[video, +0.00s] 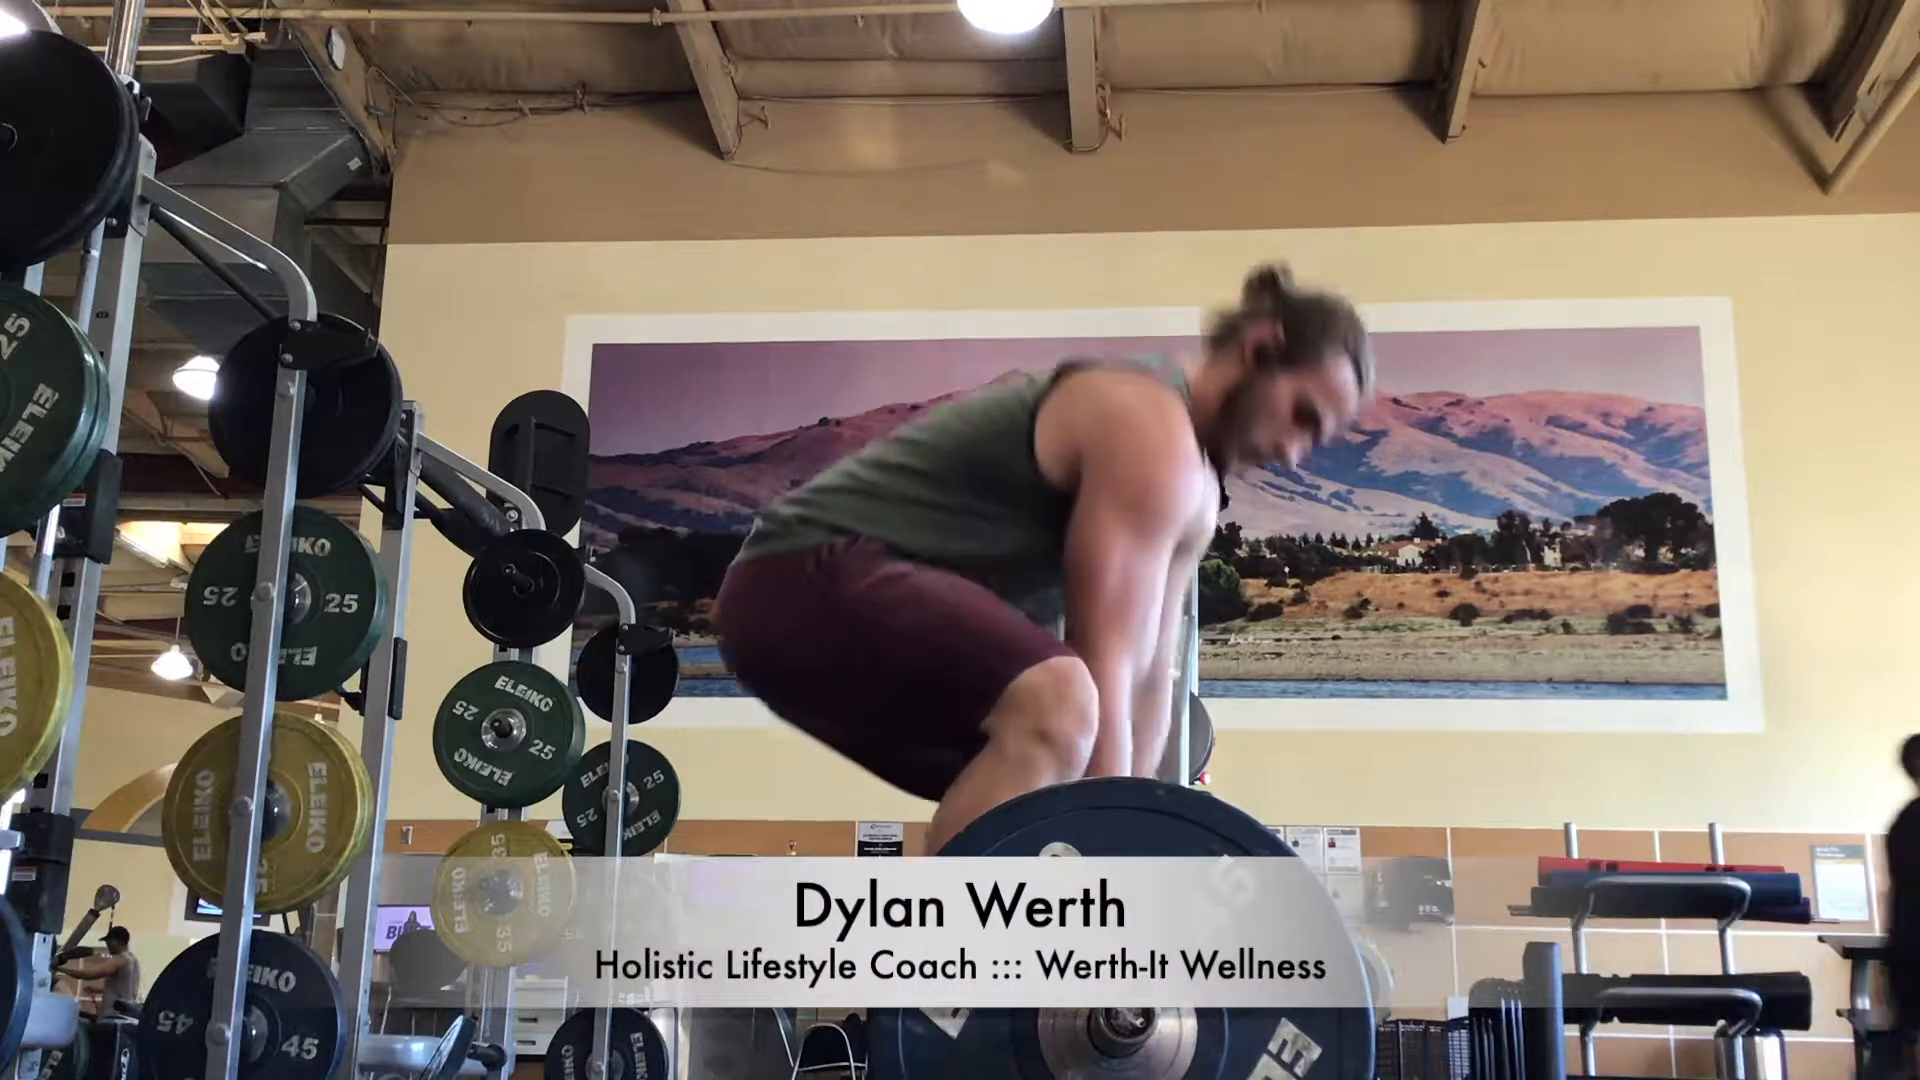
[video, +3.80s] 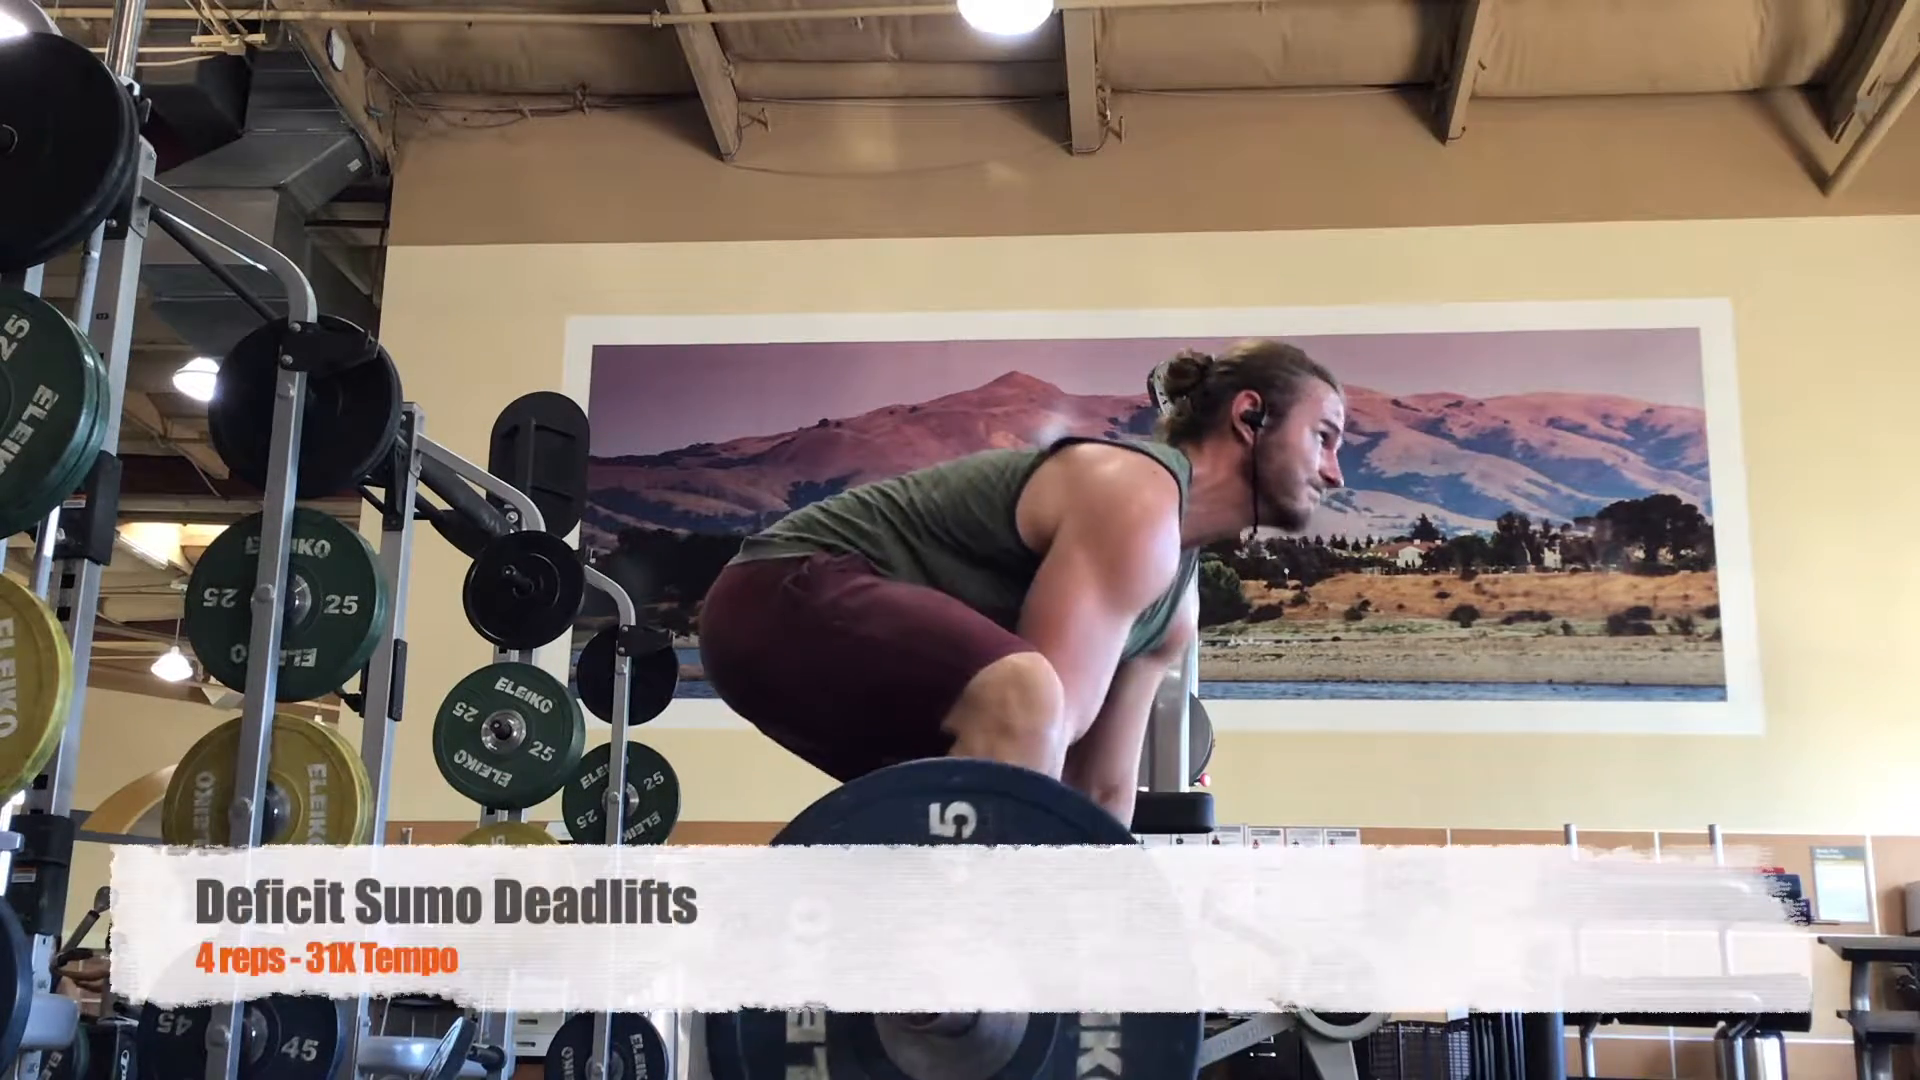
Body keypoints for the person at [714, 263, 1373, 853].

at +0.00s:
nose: (1298, 453)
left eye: (1319, 438)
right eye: (1305, 416)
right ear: (1260, 346)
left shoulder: (1193, 491)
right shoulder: (1145, 435)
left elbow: (1151, 688)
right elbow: (1098, 673)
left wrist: (1135, 868)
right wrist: (1101, 859)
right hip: (804, 574)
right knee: (1057, 705)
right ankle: (904, 958)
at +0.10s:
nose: (1302, 521)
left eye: (1322, 510)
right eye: (1309, 488)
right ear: (1273, 413)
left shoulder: (1198, 551)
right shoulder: (1150, 489)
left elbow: (1148, 745)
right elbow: (1095, 736)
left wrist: (1140, 939)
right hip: (796, 599)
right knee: (1058, 711)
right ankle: (909, 952)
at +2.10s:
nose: (1338, 506)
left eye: (1342, 481)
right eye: (1327, 469)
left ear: (1258, 450)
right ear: (1255, 445)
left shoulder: (1171, 615)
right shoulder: (1138, 523)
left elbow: (1135, 807)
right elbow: (1066, 772)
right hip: (784, 613)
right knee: (1070, 717)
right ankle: (919, 1013)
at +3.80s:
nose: (1337, 471)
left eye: (1340, 448)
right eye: (1324, 437)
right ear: (1248, 420)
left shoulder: (1172, 603)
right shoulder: (1132, 506)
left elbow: (1105, 787)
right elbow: (1033, 734)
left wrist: (1089, 951)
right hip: (782, 589)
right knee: (1020, 699)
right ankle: (965, 971)